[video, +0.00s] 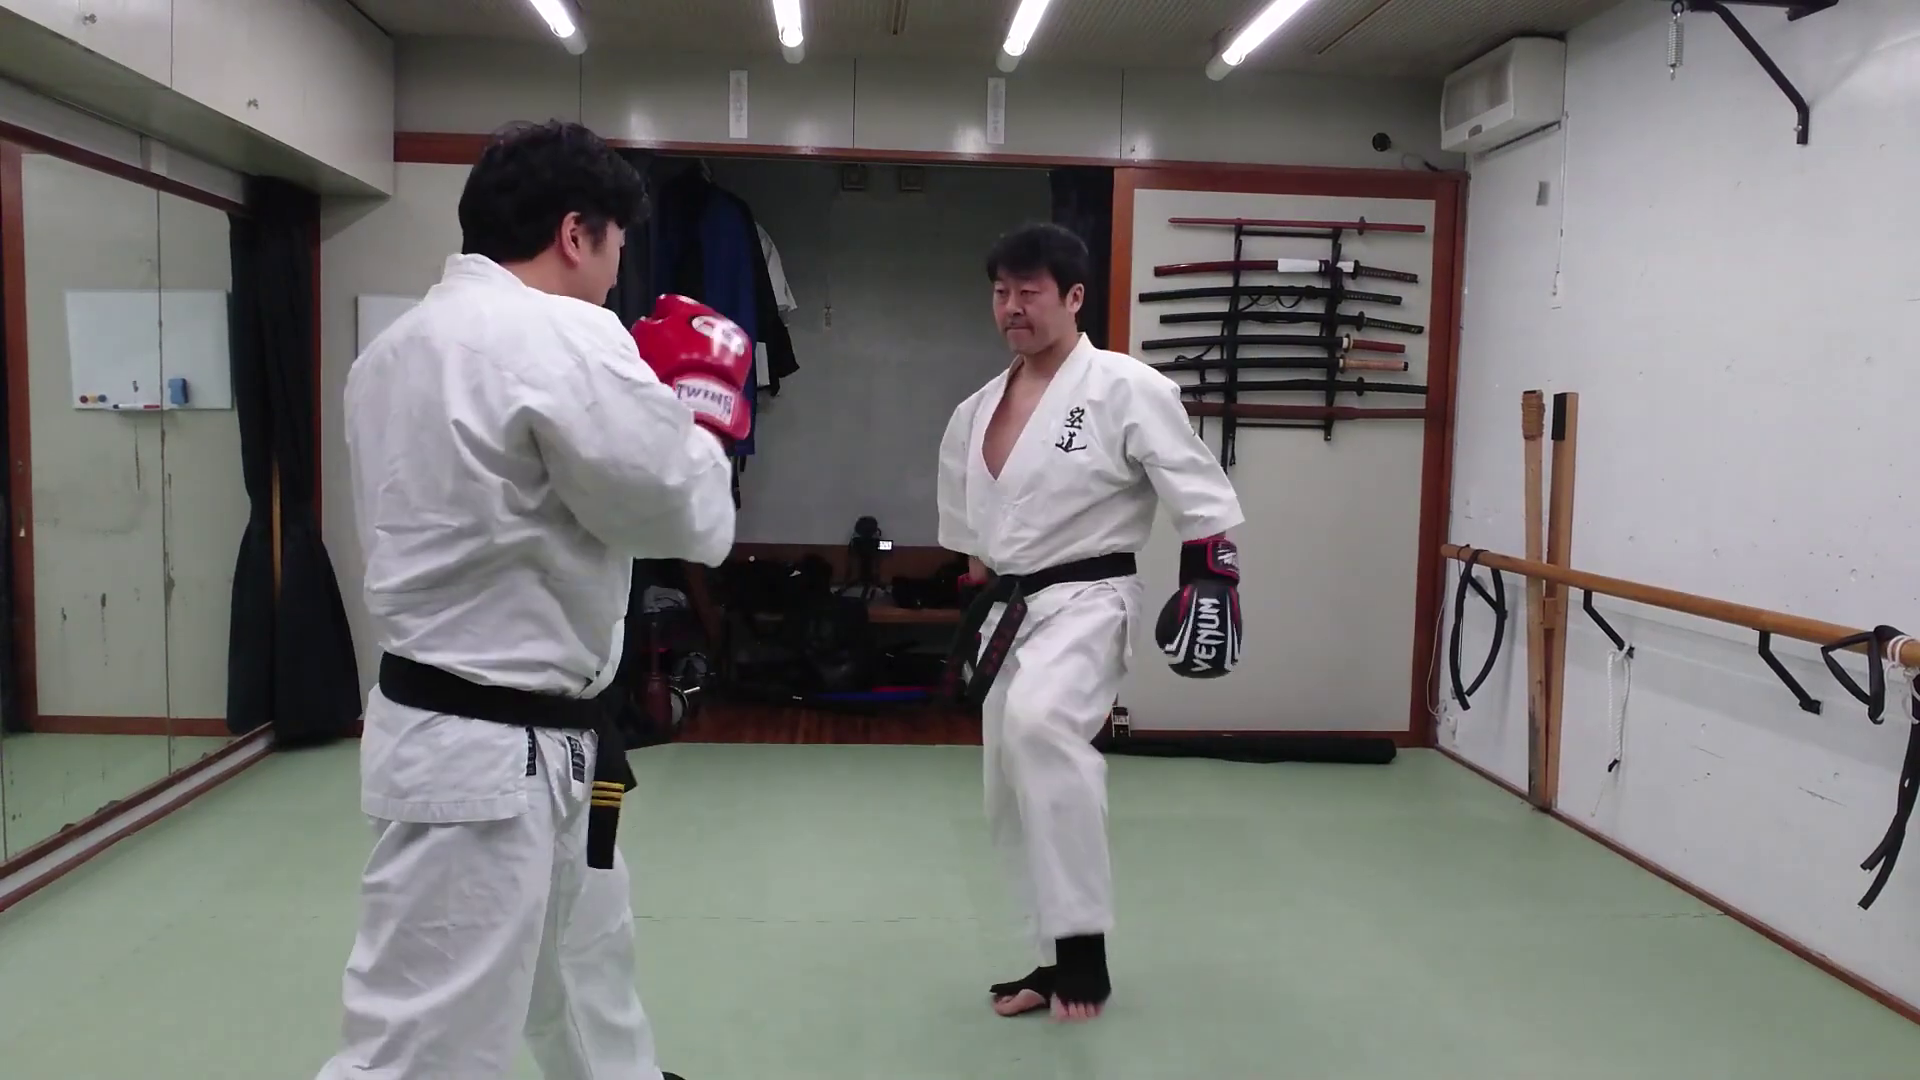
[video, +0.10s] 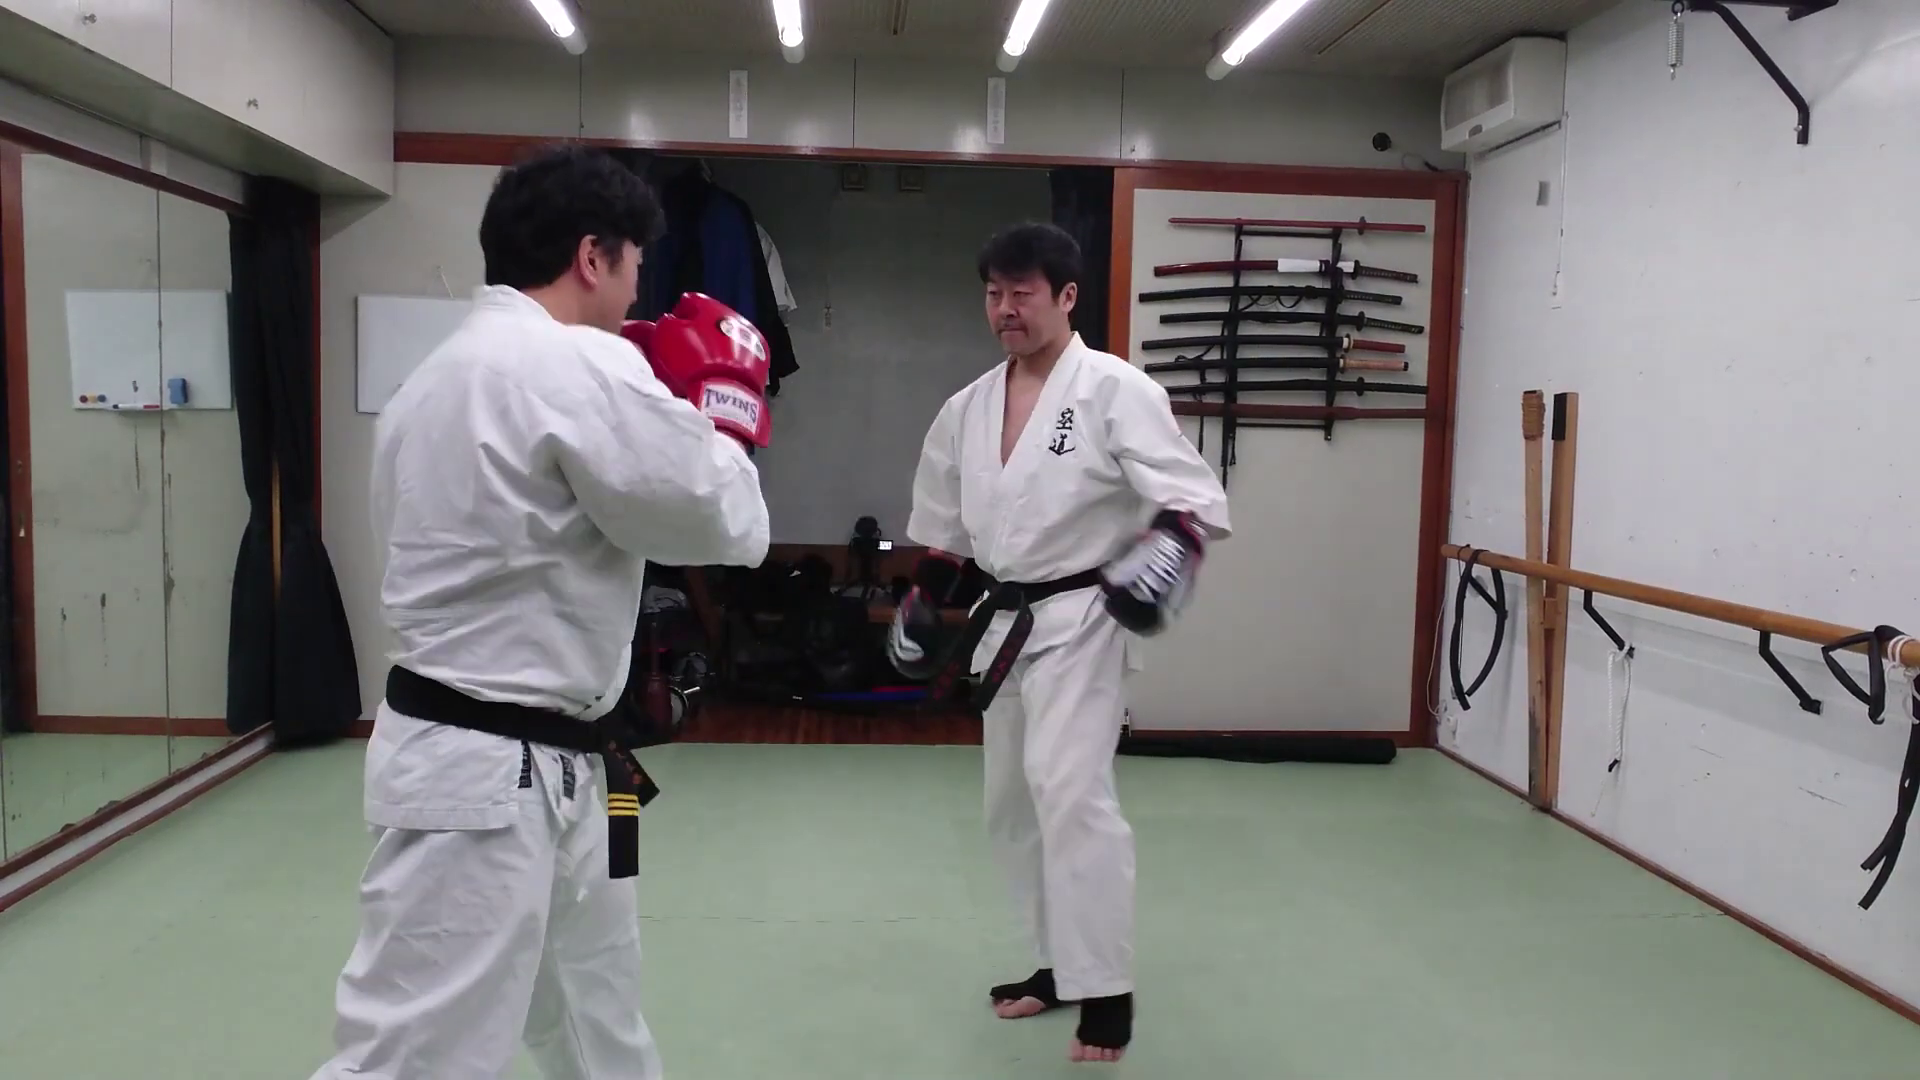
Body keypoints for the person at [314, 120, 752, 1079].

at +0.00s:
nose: (618, 275)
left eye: (621, 249)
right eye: (617, 246)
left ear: (488, 228)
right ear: (571, 235)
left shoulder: (389, 351)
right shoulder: (559, 338)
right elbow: (692, 518)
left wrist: (630, 383)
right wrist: (707, 408)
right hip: (498, 742)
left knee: (587, 993)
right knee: (419, 1045)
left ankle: (620, 1070)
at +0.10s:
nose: (637, 292)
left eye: (639, 267)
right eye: (635, 264)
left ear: (520, 255)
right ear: (589, 258)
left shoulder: (437, 375)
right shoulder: (571, 365)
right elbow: (724, 521)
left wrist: (644, 391)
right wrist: (730, 409)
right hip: (490, 758)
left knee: (598, 1033)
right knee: (412, 1055)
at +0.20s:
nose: (679, 313)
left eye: (682, 288)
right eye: (678, 284)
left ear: (587, 267)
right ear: (633, 275)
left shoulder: (526, 360)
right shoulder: (573, 373)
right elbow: (698, 555)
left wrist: (693, 426)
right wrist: (726, 439)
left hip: (552, 747)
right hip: (462, 747)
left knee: (597, 1014)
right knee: (418, 1043)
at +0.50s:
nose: (633, 315)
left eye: (640, 294)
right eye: (634, 292)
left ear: (539, 274)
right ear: (593, 283)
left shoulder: (489, 357)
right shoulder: (538, 397)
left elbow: (652, 461)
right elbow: (631, 560)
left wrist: (771, 436)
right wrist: (658, 416)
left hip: (493, 729)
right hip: (413, 732)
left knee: (584, 951)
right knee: (336, 1028)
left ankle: (625, 1070)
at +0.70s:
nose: (530, 339)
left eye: (532, 316)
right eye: (531, 315)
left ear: (409, 300)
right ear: (500, 316)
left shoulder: (372, 383)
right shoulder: (479, 446)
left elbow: (542, 470)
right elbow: (532, 609)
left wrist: (644, 521)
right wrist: (621, 603)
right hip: (350, 799)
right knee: (287, 1060)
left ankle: (569, 1070)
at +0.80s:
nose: (526, 357)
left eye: (528, 331)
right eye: (526, 330)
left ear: (412, 320)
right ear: (492, 328)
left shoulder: (377, 409)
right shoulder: (452, 444)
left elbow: (463, 555)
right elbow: (526, 630)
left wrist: (567, 658)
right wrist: (573, 508)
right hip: (335, 795)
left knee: (506, 879)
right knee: (286, 1060)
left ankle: (523, 1065)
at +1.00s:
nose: (586, 362)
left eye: (587, 346)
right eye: (582, 343)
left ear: (472, 332)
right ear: (542, 332)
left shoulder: (386, 423)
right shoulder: (547, 398)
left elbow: (351, 545)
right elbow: (725, 446)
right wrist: (737, 398)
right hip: (393, 740)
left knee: (478, 893)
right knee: (280, 1027)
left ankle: (496, 1058)